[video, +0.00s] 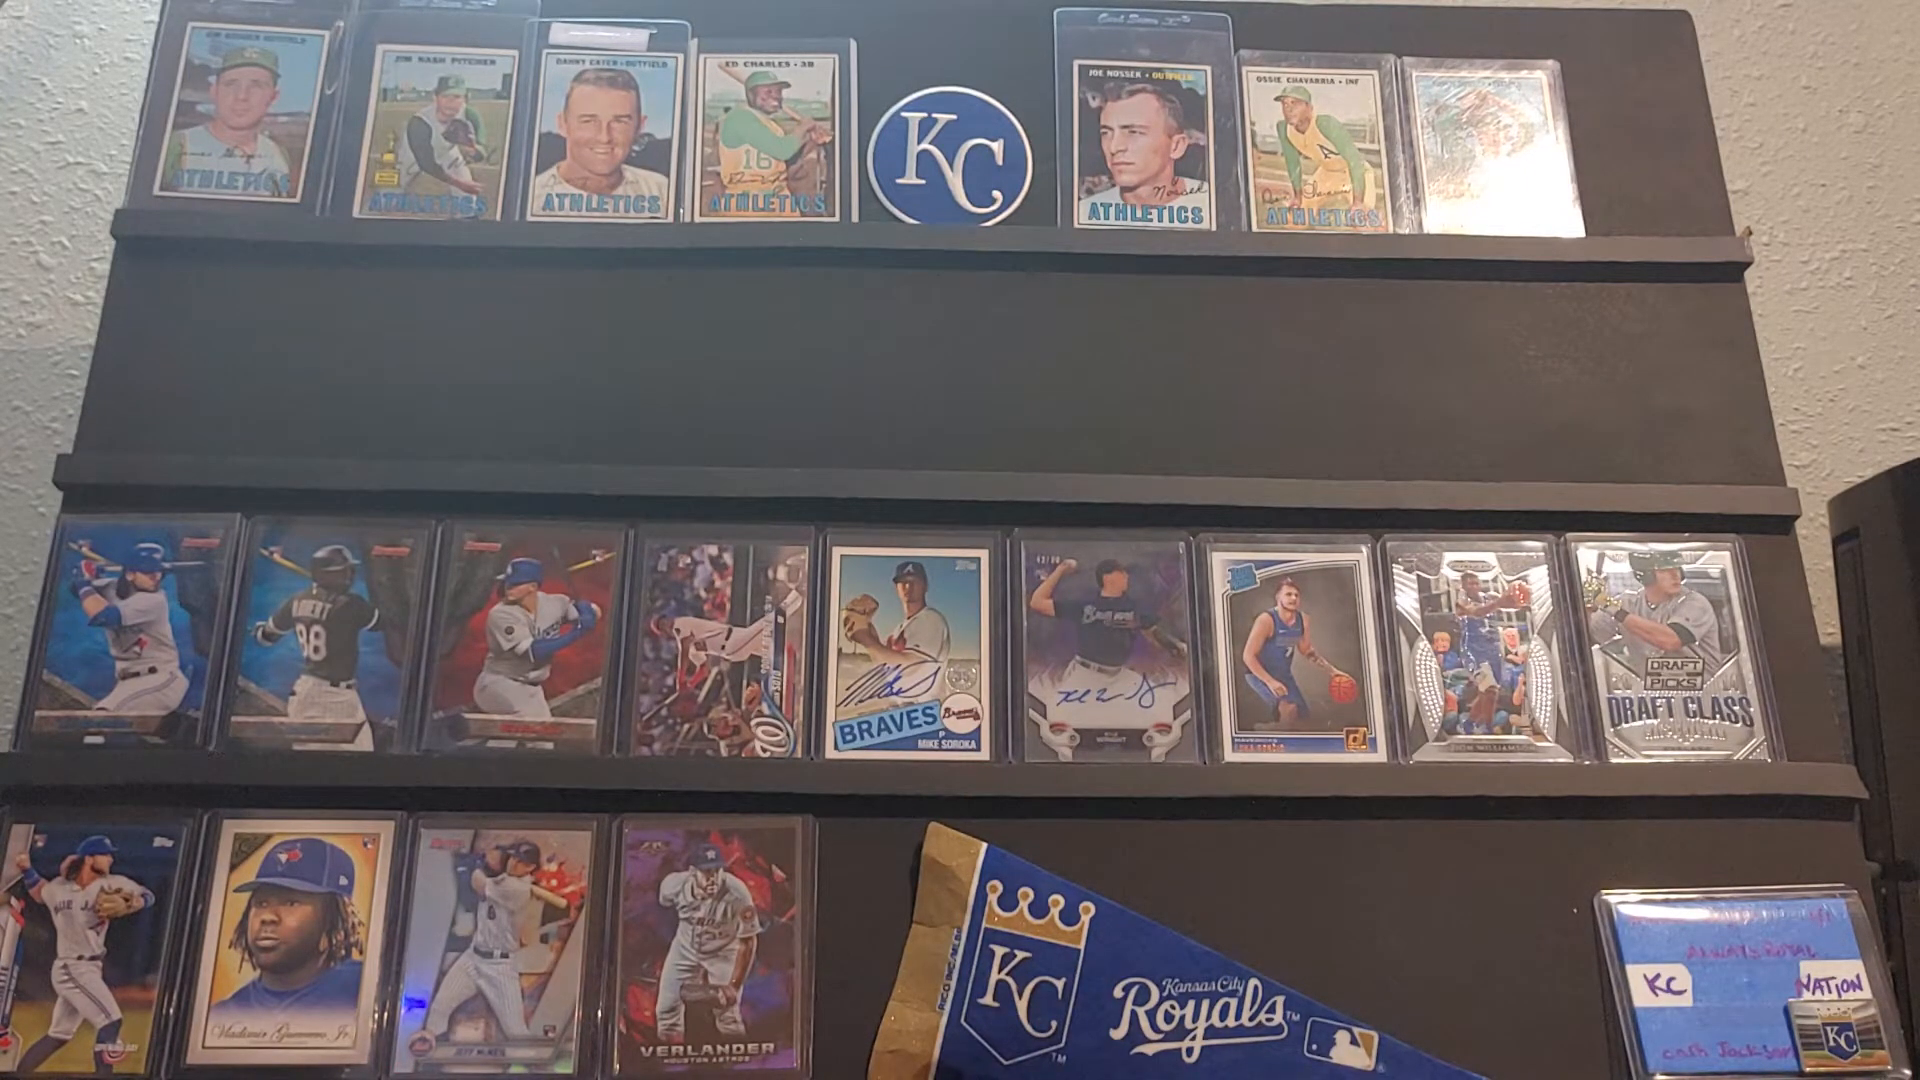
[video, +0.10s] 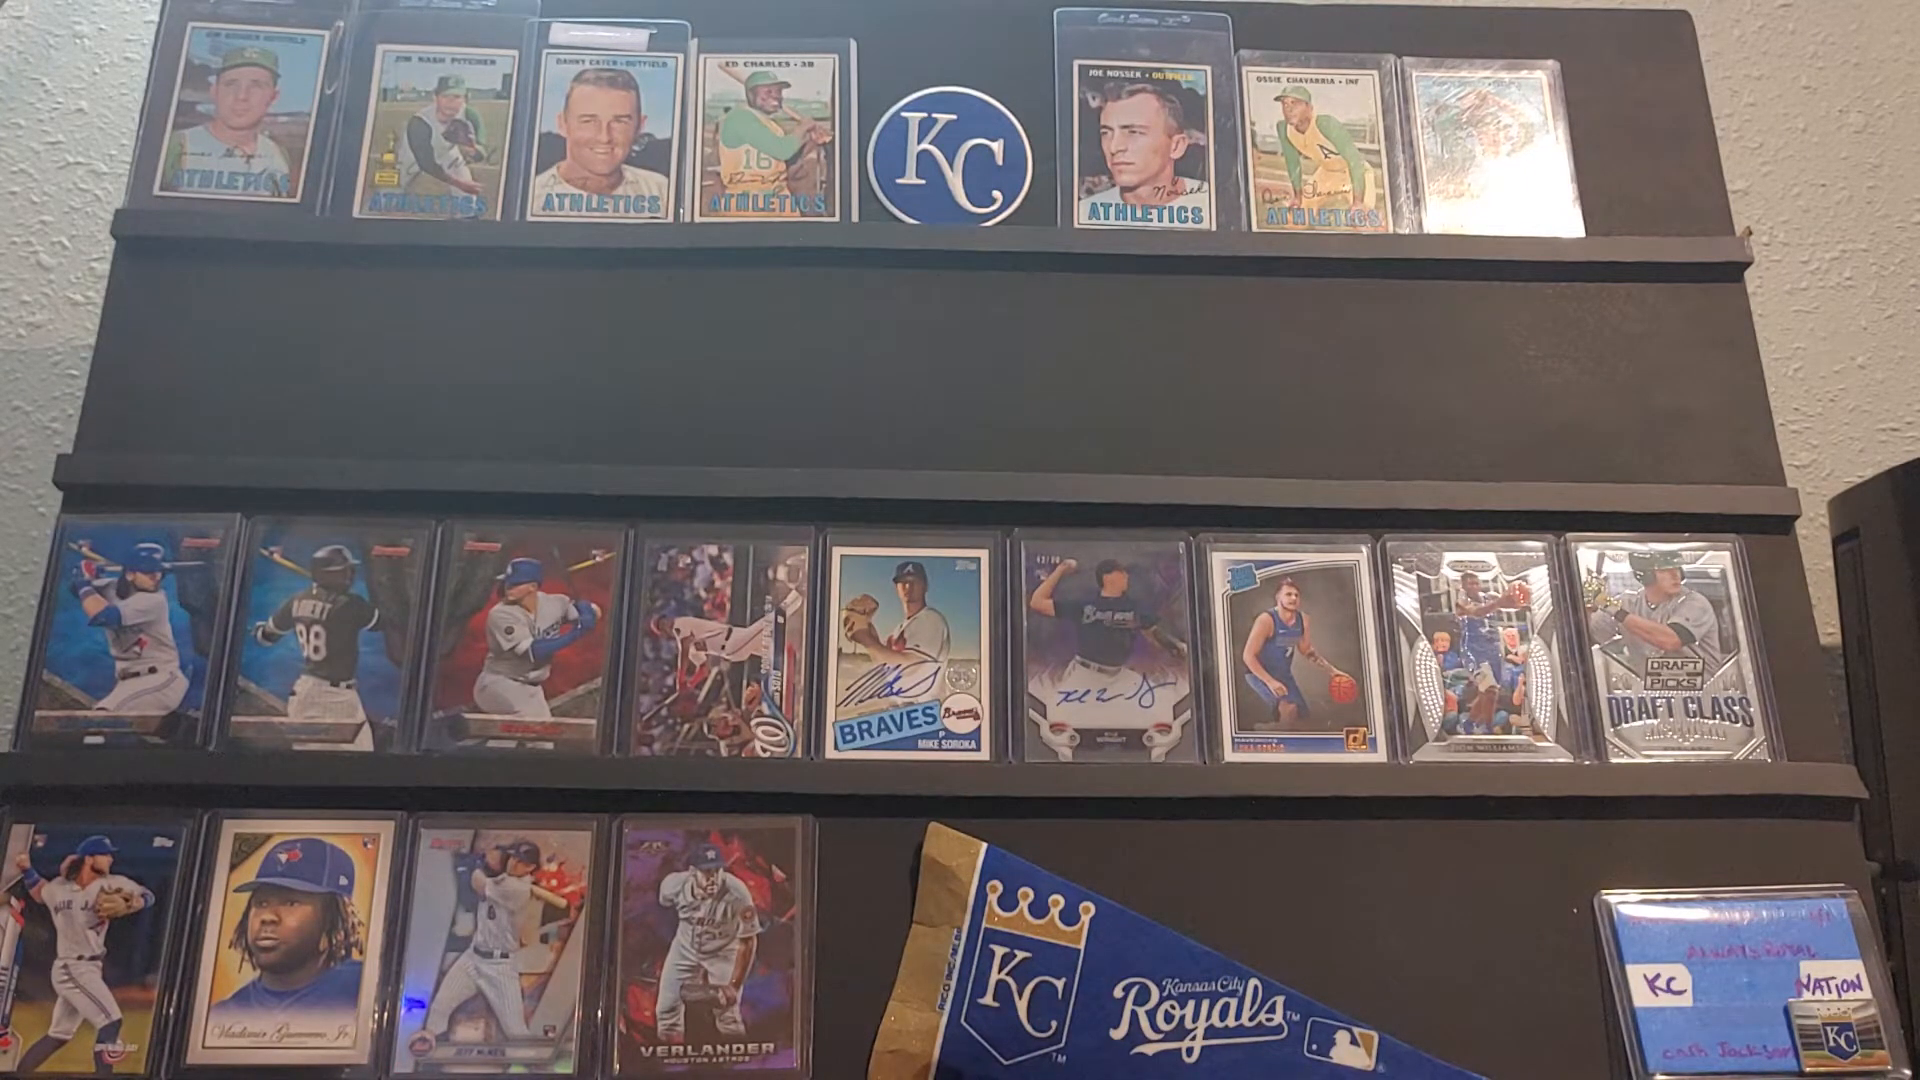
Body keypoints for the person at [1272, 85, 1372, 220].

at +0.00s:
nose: (1288, 109)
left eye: (1294, 103)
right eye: (1284, 104)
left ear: (1309, 107)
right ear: (1281, 108)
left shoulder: (1327, 124)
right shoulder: (1283, 128)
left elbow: (1355, 161)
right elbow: (1293, 163)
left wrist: (1358, 202)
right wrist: (1297, 197)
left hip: (1355, 172)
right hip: (1327, 172)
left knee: (1360, 219)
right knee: (1303, 208)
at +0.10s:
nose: (1288, 109)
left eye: (1294, 103)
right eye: (1285, 104)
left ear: (1308, 107)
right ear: (1281, 108)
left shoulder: (1327, 124)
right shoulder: (1283, 128)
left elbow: (1355, 161)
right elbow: (1293, 163)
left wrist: (1358, 202)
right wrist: (1297, 197)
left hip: (1355, 172)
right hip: (1327, 172)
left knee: (1360, 219)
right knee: (1302, 209)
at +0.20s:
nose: (1288, 109)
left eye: (1294, 103)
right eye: (1285, 104)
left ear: (1308, 107)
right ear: (1281, 108)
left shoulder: (1327, 124)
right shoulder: (1283, 128)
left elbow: (1355, 161)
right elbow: (1293, 163)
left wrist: (1358, 202)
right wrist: (1297, 197)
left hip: (1355, 172)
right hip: (1327, 172)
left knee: (1360, 219)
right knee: (1303, 208)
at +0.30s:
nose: (1288, 109)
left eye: (1294, 103)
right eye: (1284, 104)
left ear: (1309, 107)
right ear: (1281, 108)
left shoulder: (1327, 124)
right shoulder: (1283, 128)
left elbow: (1355, 161)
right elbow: (1293, 163)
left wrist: (1358, 202)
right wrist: (1297, 197)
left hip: (1355, 172)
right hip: (1327, 172)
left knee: (1360, 219)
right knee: (1303, 208)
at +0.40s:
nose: (1288, 109)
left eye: (1294, 103)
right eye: (1285, 104)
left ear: (1309, 107)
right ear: (1281, 108)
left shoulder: (1326, 124)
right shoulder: (1283, 128)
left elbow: (1355, 161)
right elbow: (1293, 163)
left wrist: (1358, 202)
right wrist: (1297, 197)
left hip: (1355, 172)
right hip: (1327, 172)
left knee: (1360, 218)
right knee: (1303, 208)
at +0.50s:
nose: (1288, 109)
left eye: (1294, 103)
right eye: (1285, 104)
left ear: (1309, 107)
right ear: (1281, 108)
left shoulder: (1326, 124)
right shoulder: (1283, 128)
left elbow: (1355, 161)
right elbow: (1293, 163)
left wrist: (1358, 202)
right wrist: (1298, 197)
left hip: (1355, 172)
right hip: (1327, 172)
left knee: (1360, 218)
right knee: (1302, 208)